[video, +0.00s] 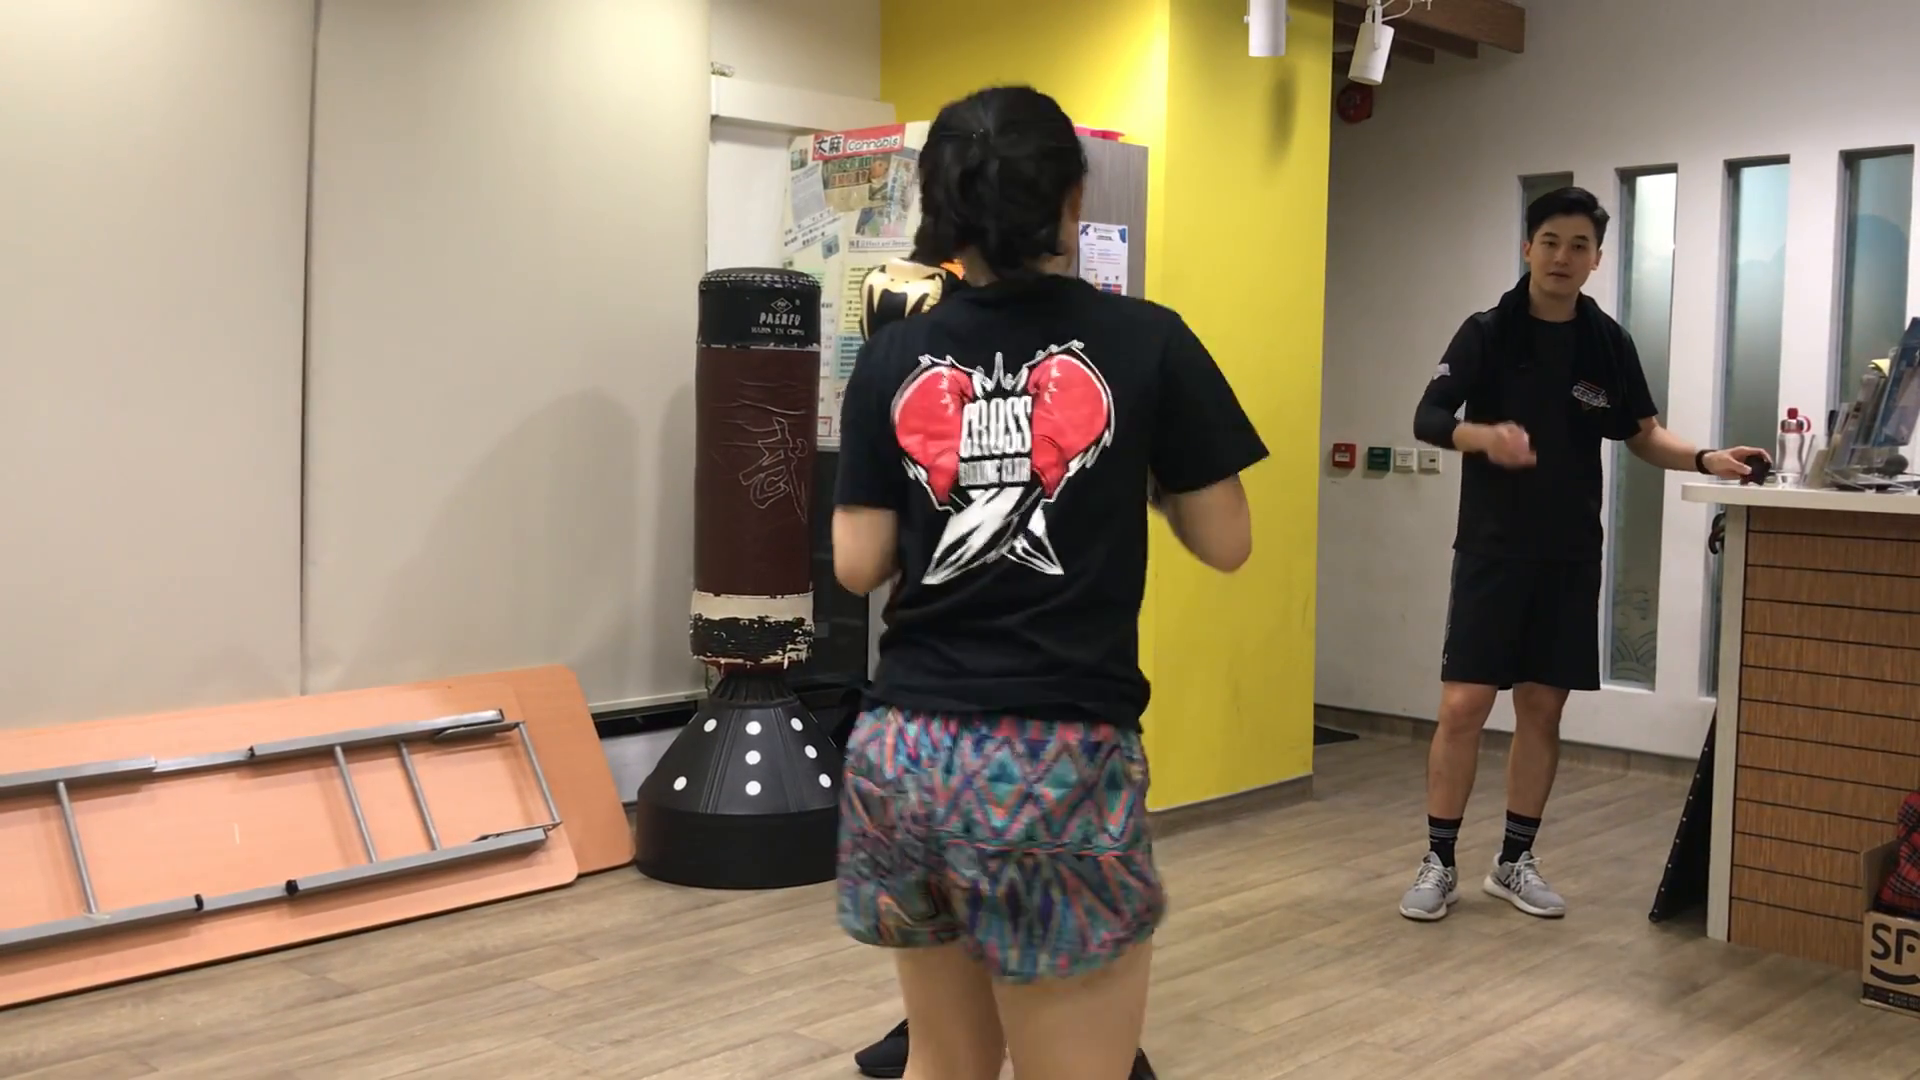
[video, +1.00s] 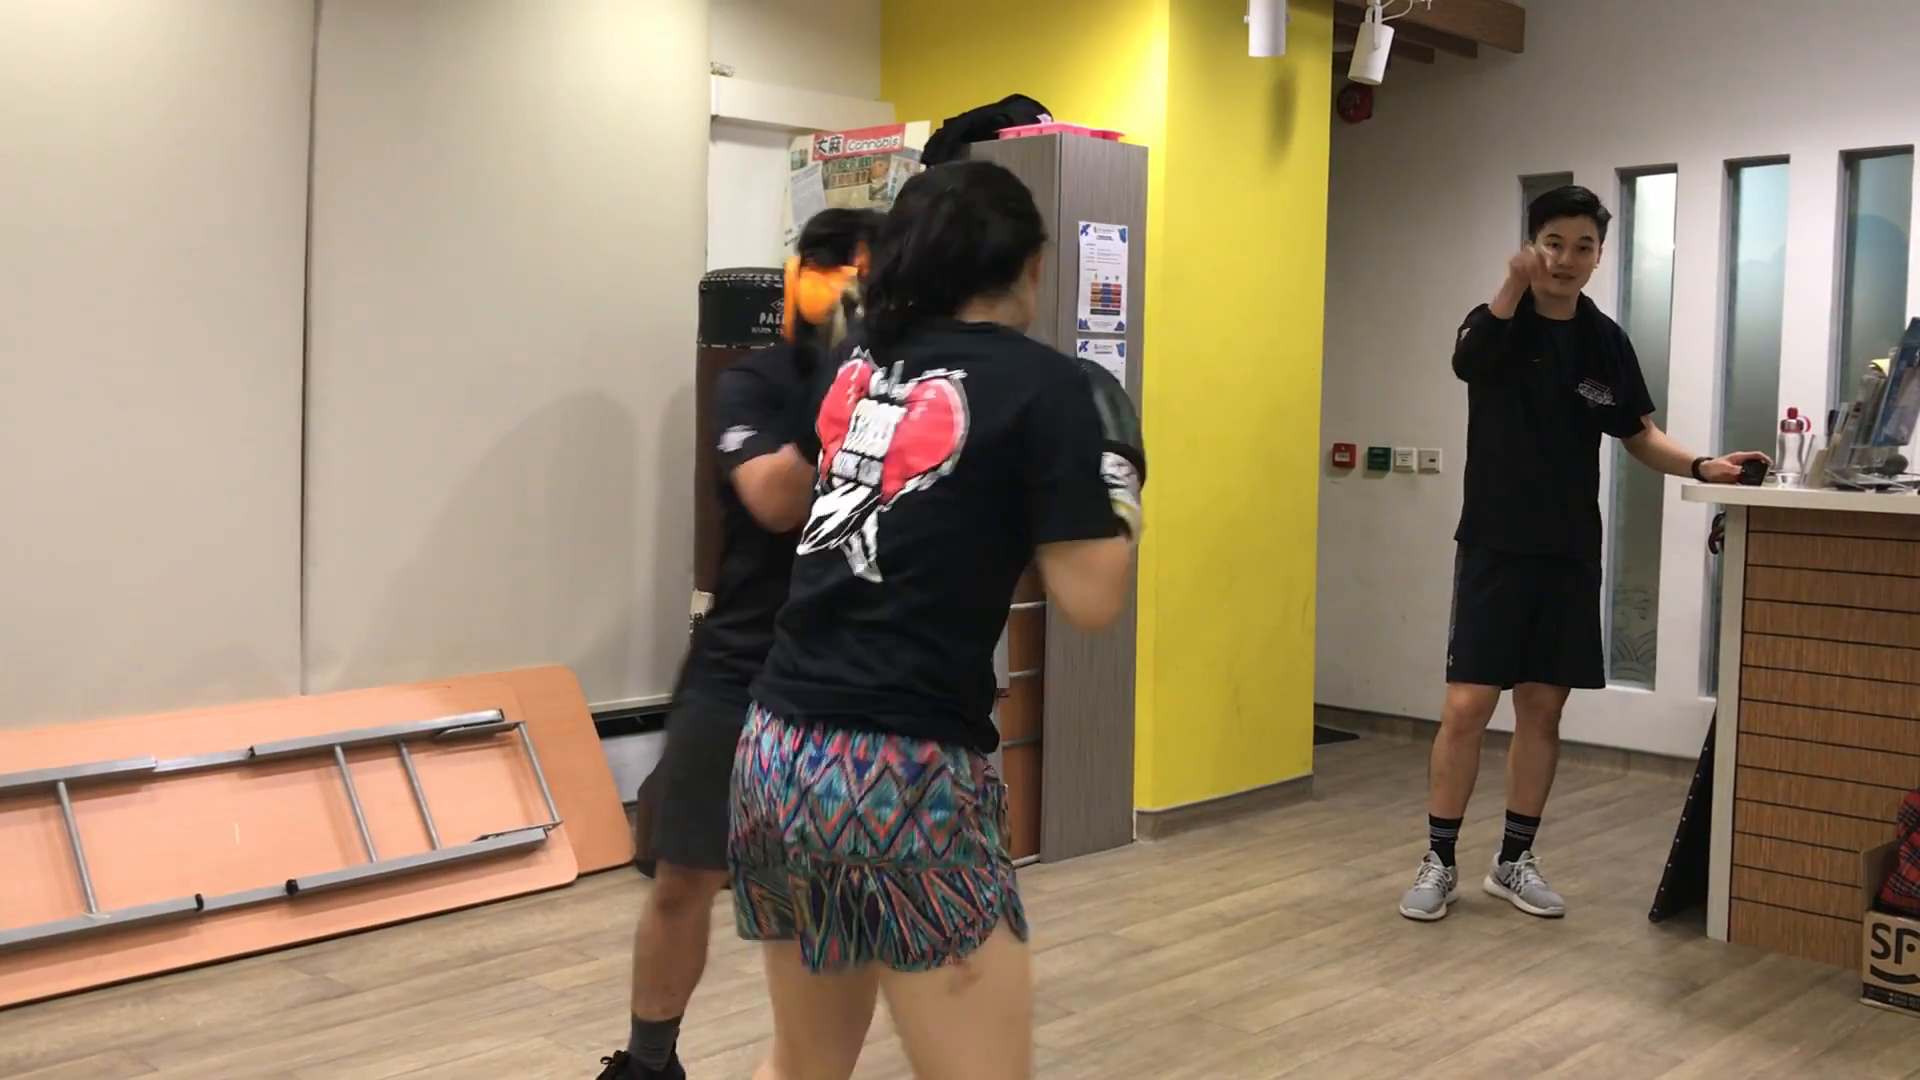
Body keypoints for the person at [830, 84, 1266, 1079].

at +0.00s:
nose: (1087, 200)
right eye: (1082, 185)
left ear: (941, 210)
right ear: (1071, 203)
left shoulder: (896, 349)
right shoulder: (1145, 340)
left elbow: (858, 563)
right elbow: (1226, 540)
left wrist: (943, 473)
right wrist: (1135, 441)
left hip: (900, 747)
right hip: (1062, 758)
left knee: (944, 1064)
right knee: (1083, 1067)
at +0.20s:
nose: (1077, 293)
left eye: (1072, 276)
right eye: (1074, 275)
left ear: (934, 278)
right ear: (1066, 286)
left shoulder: (878, 395)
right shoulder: (1105, 419)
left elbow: (842, 583)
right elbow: (1218, 553)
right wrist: (1177, 393)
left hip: (870, 856)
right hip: (1044, 864)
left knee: (907, 1063)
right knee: (1096, 1059)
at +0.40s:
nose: (1096, 275)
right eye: (1091, 260)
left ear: (946, 270)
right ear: (1081, 275)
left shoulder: (875, 387)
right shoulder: (1127, 400)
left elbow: (823, 571)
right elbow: (1205, 558)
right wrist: (1158, 393)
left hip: (882, 833)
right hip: (1060, 837)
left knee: (902, 1060)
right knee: (1074, 1058)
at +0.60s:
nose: (1116, 283)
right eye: (1113, 268)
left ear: (966, 290)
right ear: (1108, 292)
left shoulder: (910, 404)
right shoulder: (1146, 422)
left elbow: (775, 561)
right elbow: (1207, 644)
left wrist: (900, 505)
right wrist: (1129, 501)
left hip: (860, 831)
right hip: (1029, 850)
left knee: (908, 1063)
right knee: (1088, 1062)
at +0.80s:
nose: (1067, 265)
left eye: (1063, 246)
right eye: (1062, 247)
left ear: (941, 262)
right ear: (1038, 263)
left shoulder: (913, 364)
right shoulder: (1025, 374)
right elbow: (1112, 574)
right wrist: (1144, 458)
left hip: (817, 751)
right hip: (917, 775)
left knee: (855, 1062)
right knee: (1020, 1061)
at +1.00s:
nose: (1042, 279)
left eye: (1039, 259)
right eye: (1040, 260)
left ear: (907, 262)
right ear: (1021, 266)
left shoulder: (854, 373)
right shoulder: (1040, 385)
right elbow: (1096, 597)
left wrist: (1035, 526)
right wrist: (1111, 478)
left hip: (776, 745)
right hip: (911, 771)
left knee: (806, 1057)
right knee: (979, 1062)